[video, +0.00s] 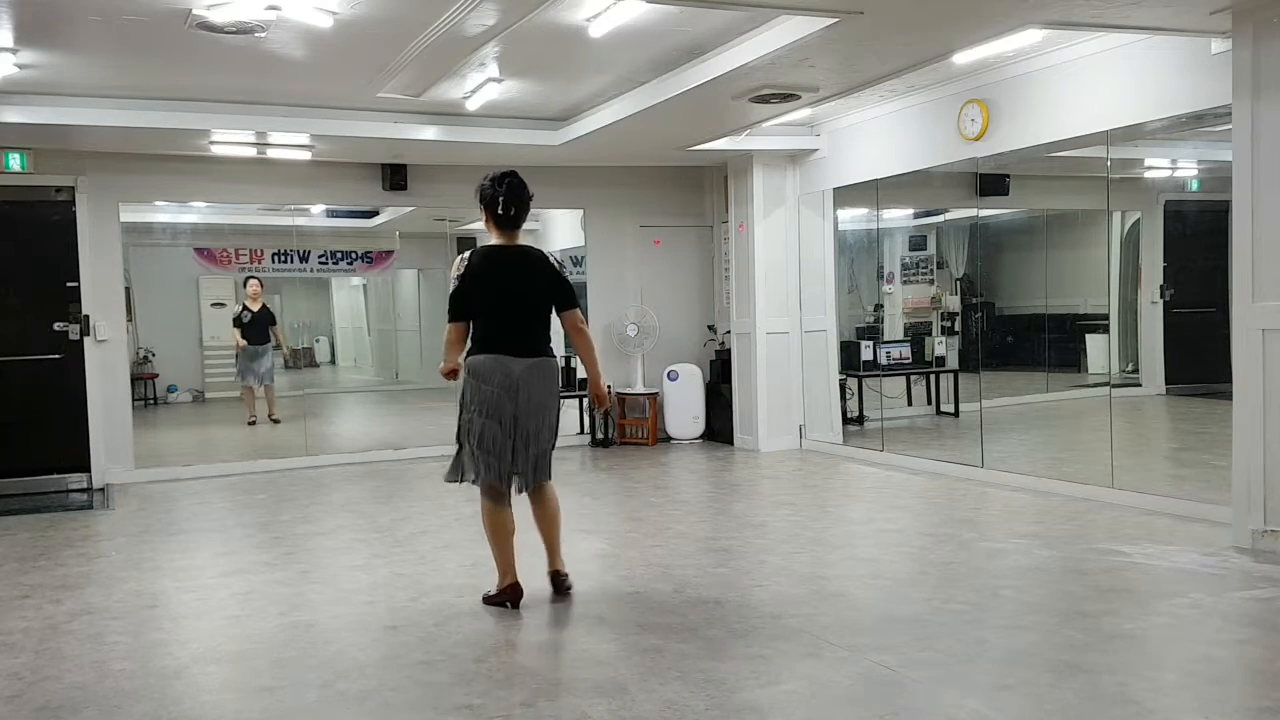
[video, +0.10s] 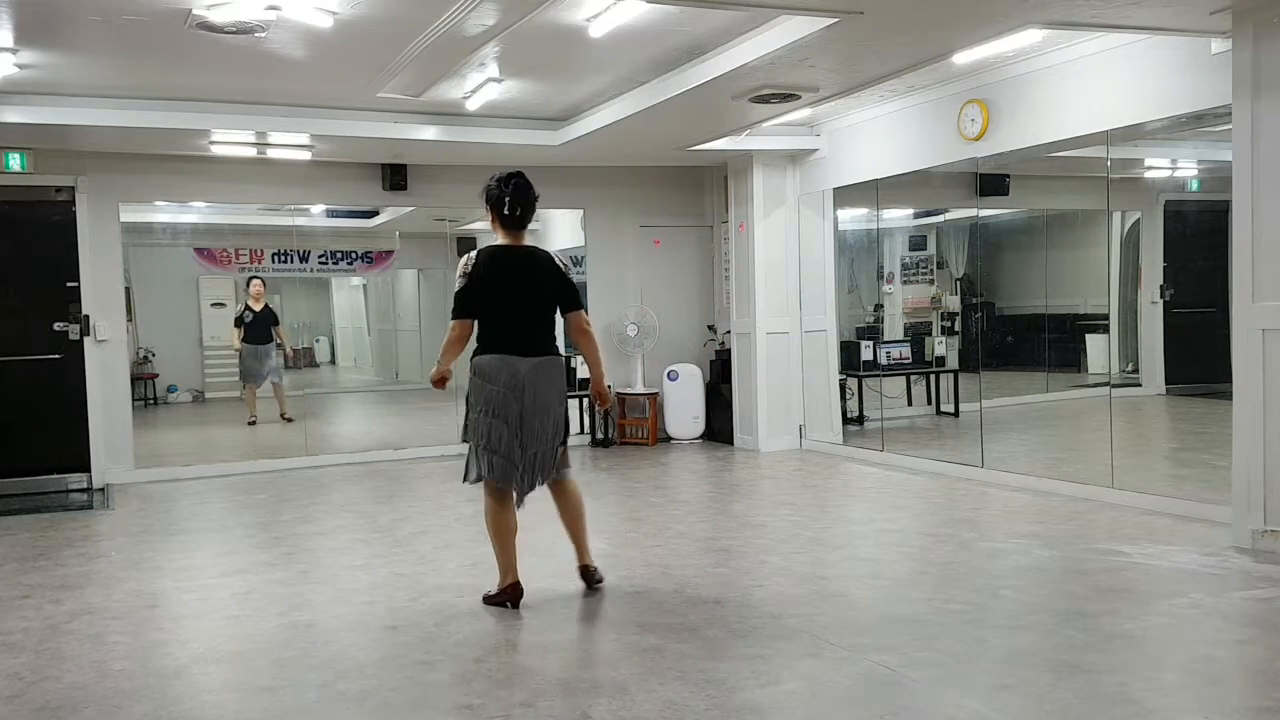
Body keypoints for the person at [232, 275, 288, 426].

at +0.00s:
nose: (254, 289)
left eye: (257, 286)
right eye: (251, 286)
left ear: (262, 289)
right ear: (245, 290)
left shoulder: (267, 309)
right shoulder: (240, 308)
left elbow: (275, 329)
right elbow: (236, 327)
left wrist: (283, 346)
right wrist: (239, 339)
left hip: (265, 349)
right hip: (247, 350)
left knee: (268, 382)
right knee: (247, 384)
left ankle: (272, 412)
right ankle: (252, 414)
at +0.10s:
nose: (258, 289)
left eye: (260, 286)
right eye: (254, 286)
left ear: (264, 289)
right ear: (248, 289)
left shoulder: (269, 308)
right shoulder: (243, 308)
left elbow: (278, 329)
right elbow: (236, 327)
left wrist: (287, 346)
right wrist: (236, 341)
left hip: (269, 348)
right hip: (249, 349)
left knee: (277, 380)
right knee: (250, 384)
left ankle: (283, 412)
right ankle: (253, 414)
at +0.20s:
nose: (261, 289)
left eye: (264, 286)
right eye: (258, 286)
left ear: (268, 289)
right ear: (252, 289)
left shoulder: (273, 308)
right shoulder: (247, 307)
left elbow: (282, 328)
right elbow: (239, 325)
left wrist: (290, 346)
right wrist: (234, 340)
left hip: (273, 349)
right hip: (253, 350)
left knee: (285, 380)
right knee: (252, 384)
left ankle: (295, 411)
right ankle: (252, 414)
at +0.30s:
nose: (267, 288)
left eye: (269, 285)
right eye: (263, 285)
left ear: (273, 288)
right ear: (257, 289)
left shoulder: (278, 307)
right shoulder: (252, 307)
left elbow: (287, 328)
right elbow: (243, 326)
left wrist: (296, 344)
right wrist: (232, 339)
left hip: (279, 348)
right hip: (259, 349)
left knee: (290, 380)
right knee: (256, 383)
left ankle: (301, 411)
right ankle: (253, 414)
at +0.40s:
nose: (273, 287)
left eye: (275, 284)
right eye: (269, 285)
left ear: (279, 287)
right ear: (263, 288)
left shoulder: (286, 307)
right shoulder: (260, 307)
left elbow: (295, 326)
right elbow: (249, 326)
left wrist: (304, 339)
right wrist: (236, 335)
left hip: (287, 347)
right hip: (267, 348)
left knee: (295, 379)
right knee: (261, 382)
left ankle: (302, 411)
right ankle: (254, 413)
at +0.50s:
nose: (278, 287)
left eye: (281, 284)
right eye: (275, 285)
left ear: (285, 287)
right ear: (269, 289)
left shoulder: (294, 307)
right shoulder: (266, 309)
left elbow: (305, 324)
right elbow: (255, 327)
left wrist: (315, 337)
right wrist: (244, 331)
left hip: (294, 347)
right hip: (274, 348)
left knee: (300, 379)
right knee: (268, 380)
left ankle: (303, 412)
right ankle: (260, 412)